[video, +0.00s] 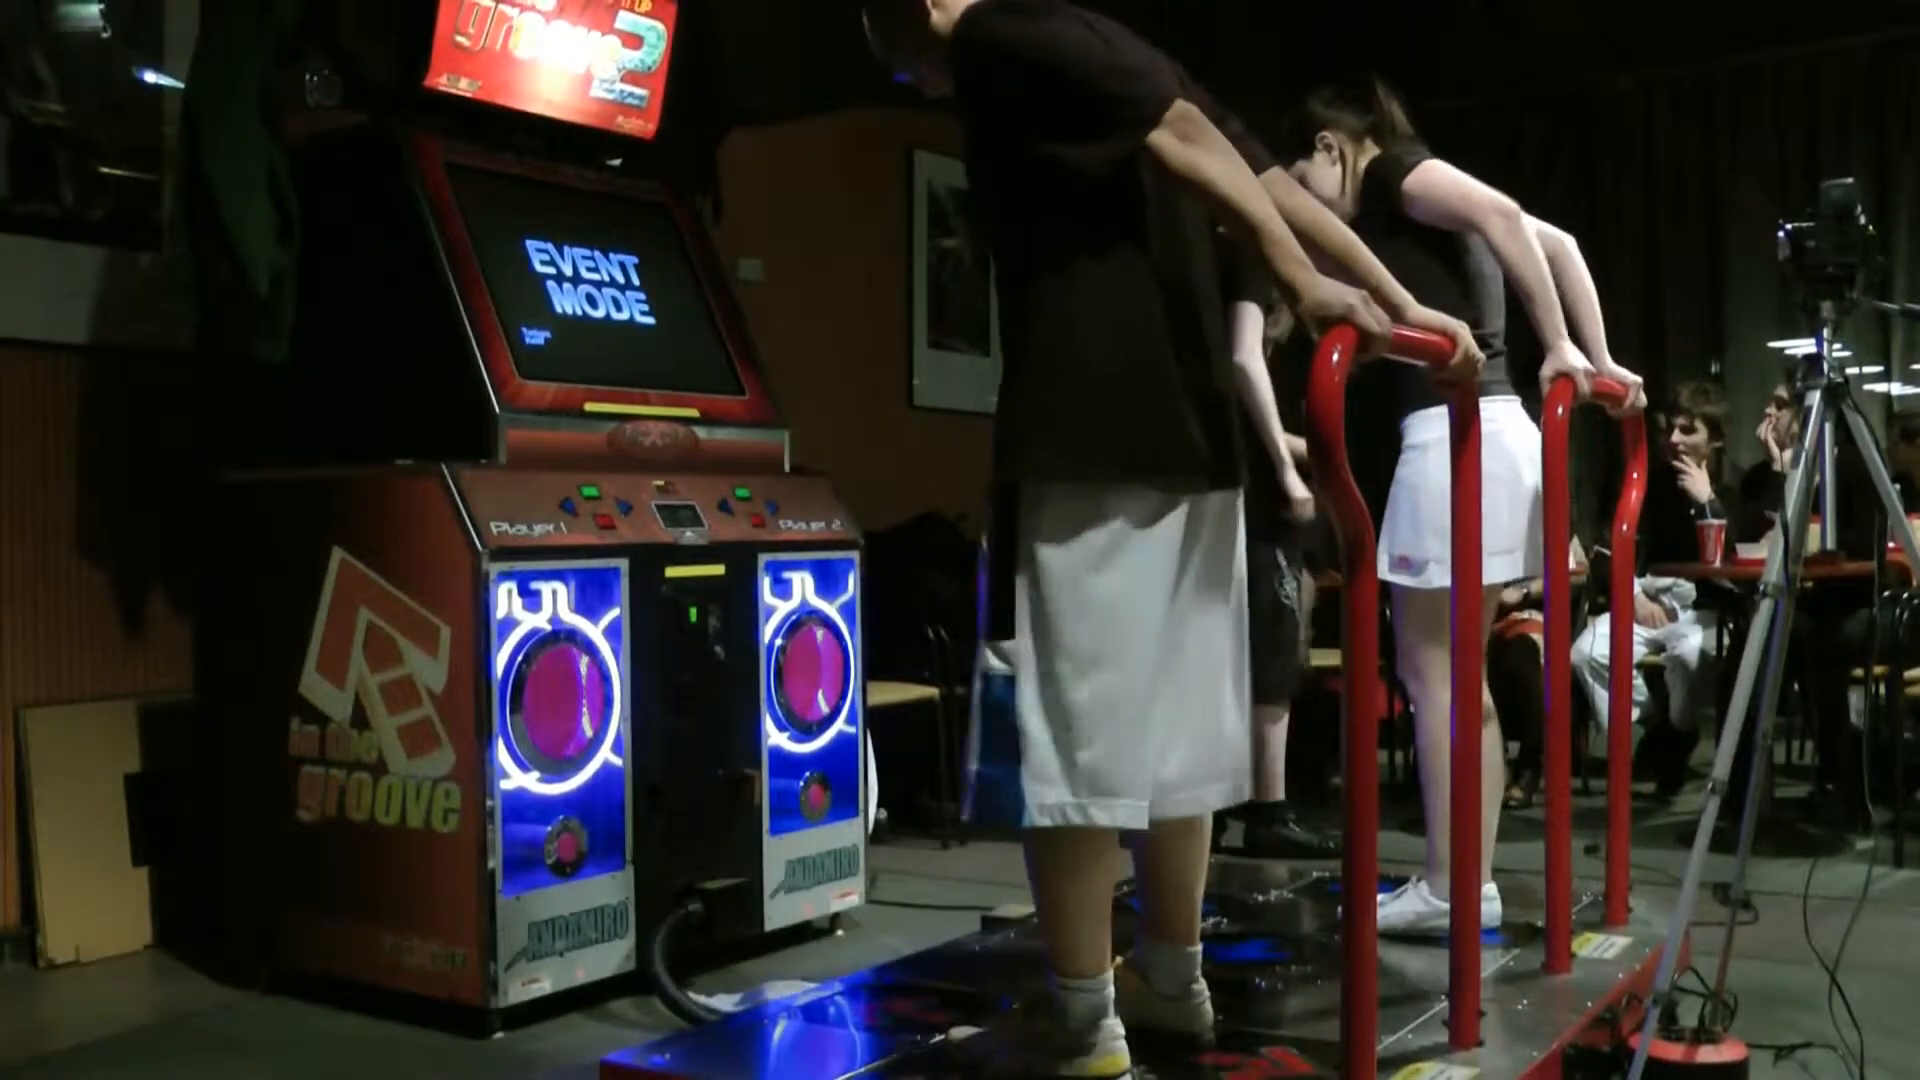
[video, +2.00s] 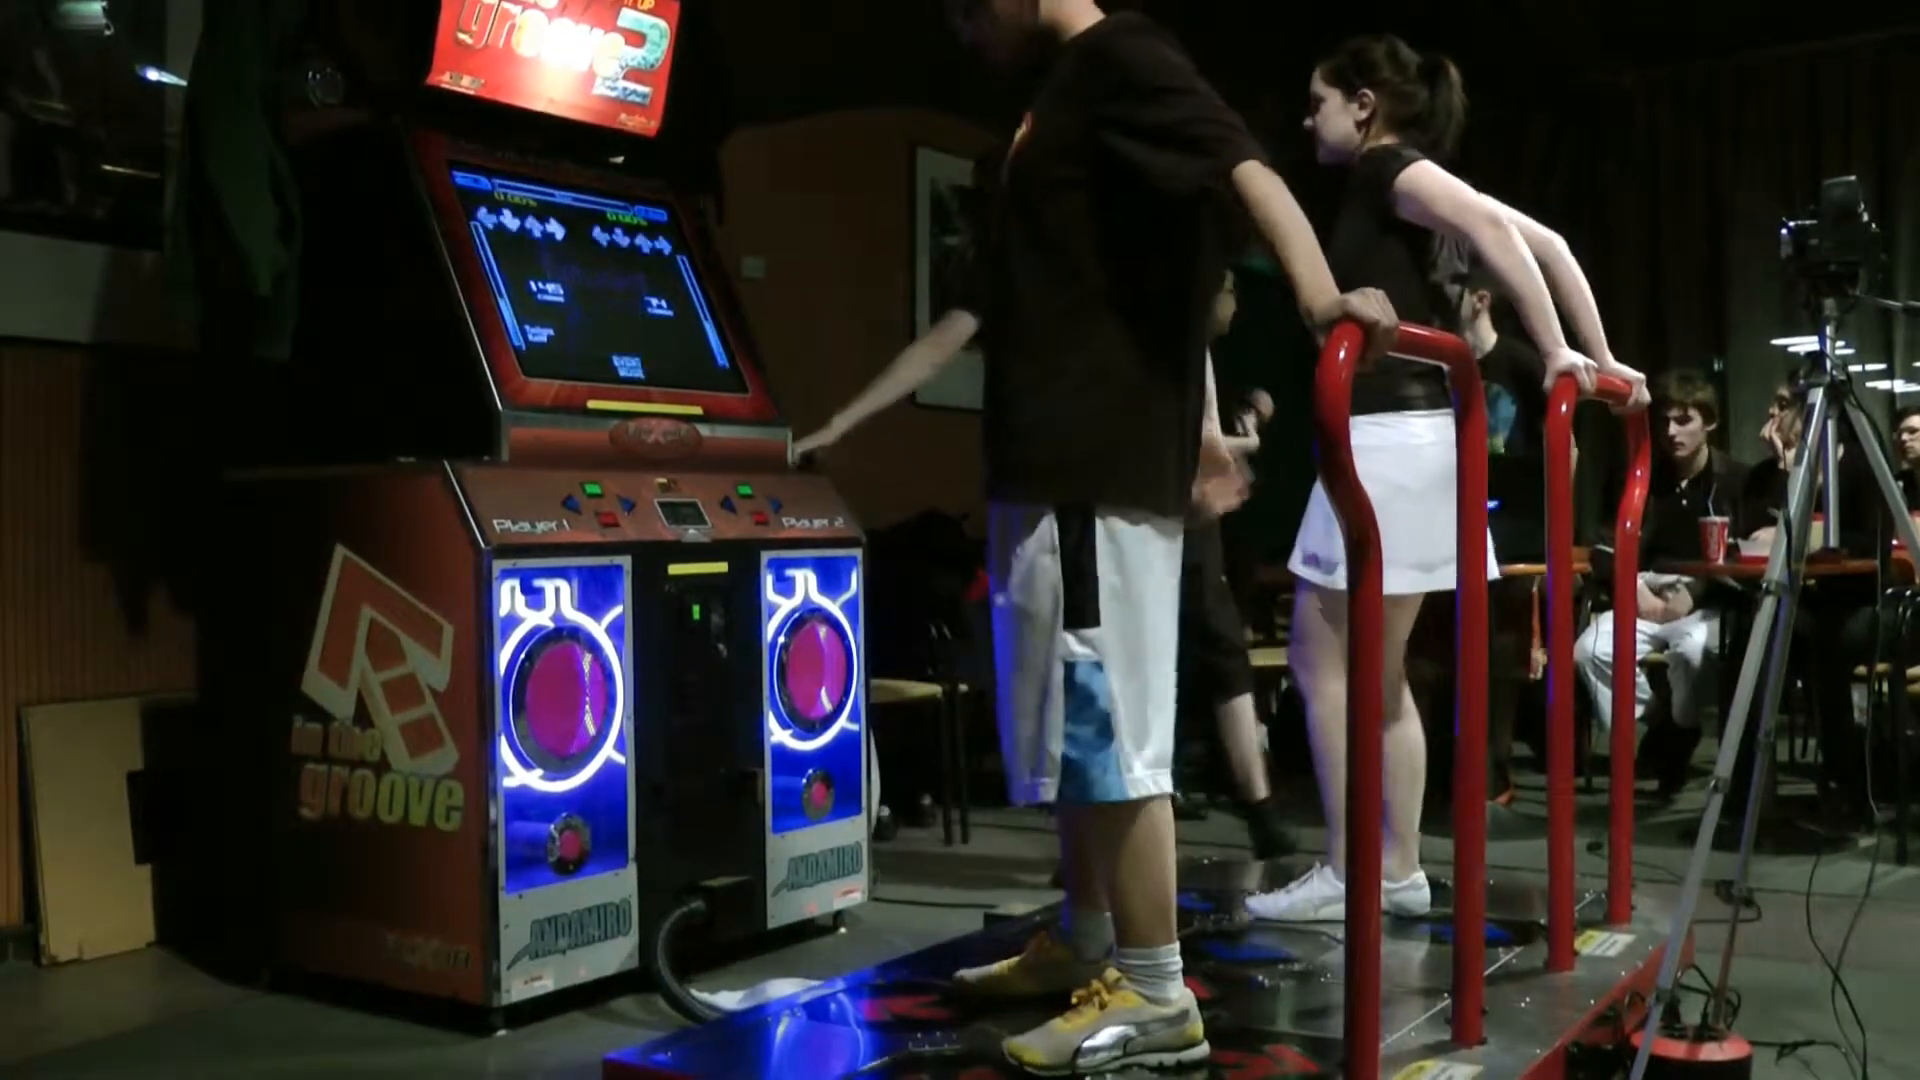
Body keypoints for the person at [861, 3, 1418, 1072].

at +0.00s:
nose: (912, 54)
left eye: (901, 37)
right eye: (902, 42)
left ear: (924, 8)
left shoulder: (992, 35)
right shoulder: (1127, 50)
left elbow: (1184, 137)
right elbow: (1273, 186)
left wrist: (1301, 279)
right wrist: (1397, 299)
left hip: (1088, 430)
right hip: (1197, 424)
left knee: (1074, 722)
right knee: (1186, 711)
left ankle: (1083, 1019)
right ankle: (1177, 988)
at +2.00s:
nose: (978, 24)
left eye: (984, 9)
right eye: (976, 15)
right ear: (1020, 17)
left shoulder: (1127, 62)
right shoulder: (1032, 121)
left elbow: (1250, 172)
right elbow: (966, 316)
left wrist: (1323, 299)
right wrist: (841, 421)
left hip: (1113, 471)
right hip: (1047, 470)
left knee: (1122, 739)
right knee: (1070, 733)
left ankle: (1156, 993)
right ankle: (1087, 944)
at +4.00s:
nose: (978, 19)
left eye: (982, 8)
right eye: (980, 14)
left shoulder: (1106, 66)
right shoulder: (1054, 90)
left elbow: (1215, 193)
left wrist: (1313, 314)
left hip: (1094, 470)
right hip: (1039, 470)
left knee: (1106, 730)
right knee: (1056, 725)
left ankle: (1150, 988)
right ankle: (1085, 942)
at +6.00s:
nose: (1038, 9)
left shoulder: (1066, 58)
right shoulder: (1250, 68)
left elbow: (966, 191)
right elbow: (1364, 186)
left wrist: (1006, 56)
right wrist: (1434, 316)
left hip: (1099, 429)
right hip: (1224, 433)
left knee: (1080, 700)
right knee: (1185, 699)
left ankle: (1082, 986)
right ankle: (1154, 957)